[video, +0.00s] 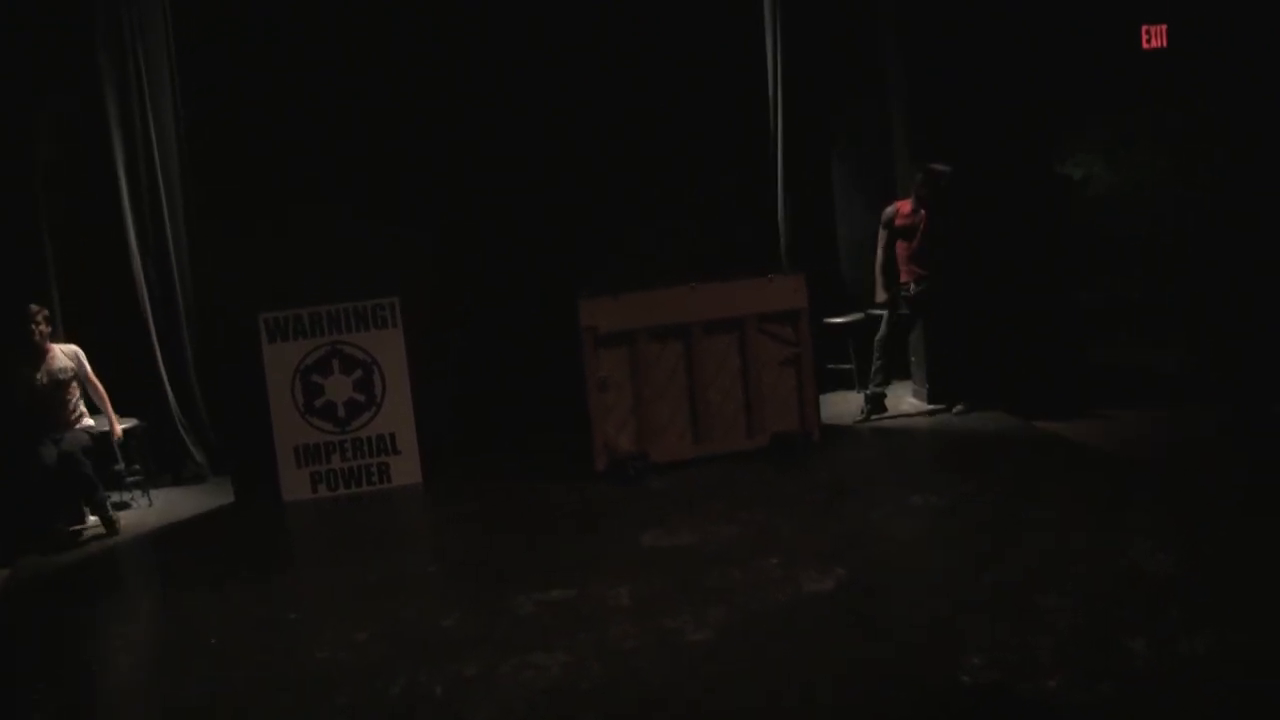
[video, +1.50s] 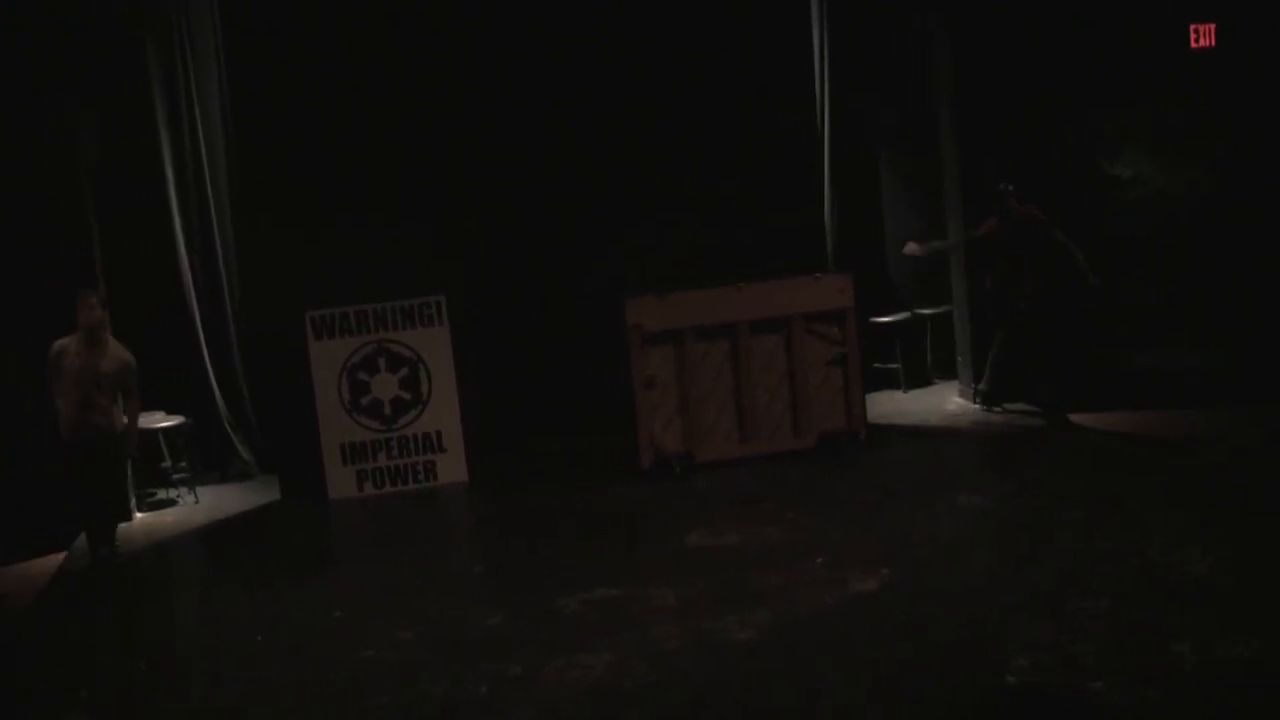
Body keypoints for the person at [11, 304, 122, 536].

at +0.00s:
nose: (34, 330)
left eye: (38, 324)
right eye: (29, 326)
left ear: (48, 326)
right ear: (24, 330)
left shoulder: (71, 353)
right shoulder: (23, 363)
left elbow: (94, 387)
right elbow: (19, 404)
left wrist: (113, 422)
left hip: (78, 426)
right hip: (46, 432)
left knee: (69, 452)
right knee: (44, 463)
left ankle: (103, 511)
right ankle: (59, 523)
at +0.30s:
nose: (48, 339)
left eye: (52, 334)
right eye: (44, 335)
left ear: (62, 337)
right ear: (39, 339)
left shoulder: (81, 370)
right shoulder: (36, 375)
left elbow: (89, 408)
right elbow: (34, 419)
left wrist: (87, 440)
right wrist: (39, 452)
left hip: (82, 433)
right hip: (55, 436)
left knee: (82, 459)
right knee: (57, 465)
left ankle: (110, 513)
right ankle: (69, 525)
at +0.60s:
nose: (74, 351)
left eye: (79, 345)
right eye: (70, 346)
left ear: (88, 350)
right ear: (63, 351)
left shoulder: (104, 388)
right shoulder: (51, 387)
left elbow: (104, 431)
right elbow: (50, 425)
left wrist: (88, 454)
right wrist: (52, 454)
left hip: (101, 439)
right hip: (67, 440)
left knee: (99, 474)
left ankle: (112, 514)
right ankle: (68, 524)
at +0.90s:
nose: (90, 344)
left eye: (95, 337)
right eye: (86, 338)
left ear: (104, 340)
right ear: (79, 341)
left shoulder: (122, 368)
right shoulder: (69, 373)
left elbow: (133, 404)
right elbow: (61, 409)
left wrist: (132, 435)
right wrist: (70, 433)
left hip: (115, 426)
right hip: (83, 429)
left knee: (120, 468)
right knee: (90, 474)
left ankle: (130, 510)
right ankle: (97, 521)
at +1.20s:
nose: (89, 265)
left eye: (93, 258)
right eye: (82, 259)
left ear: (101, 261)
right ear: (74, 264)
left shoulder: (118, 297)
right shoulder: (57, 299)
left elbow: (124, 339)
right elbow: (47, 340)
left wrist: (125, 373)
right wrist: (52, 373)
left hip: (110, 384)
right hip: (72, 385)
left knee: (113, 450)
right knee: (77, 450)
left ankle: (116, 514)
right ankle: (79, 515)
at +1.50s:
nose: (89, 315)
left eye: (94, 309)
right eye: (84, 309)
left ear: (105, 313)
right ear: (78, 314)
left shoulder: (120, 356)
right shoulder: (62, 351)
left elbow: (131, 397)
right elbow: (56, 389)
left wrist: (130, 429)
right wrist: (64, 421)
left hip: (109, 431)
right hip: (74, 430)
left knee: (110, 488)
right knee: (85, 488)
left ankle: (109, 545)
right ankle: (94, 548)